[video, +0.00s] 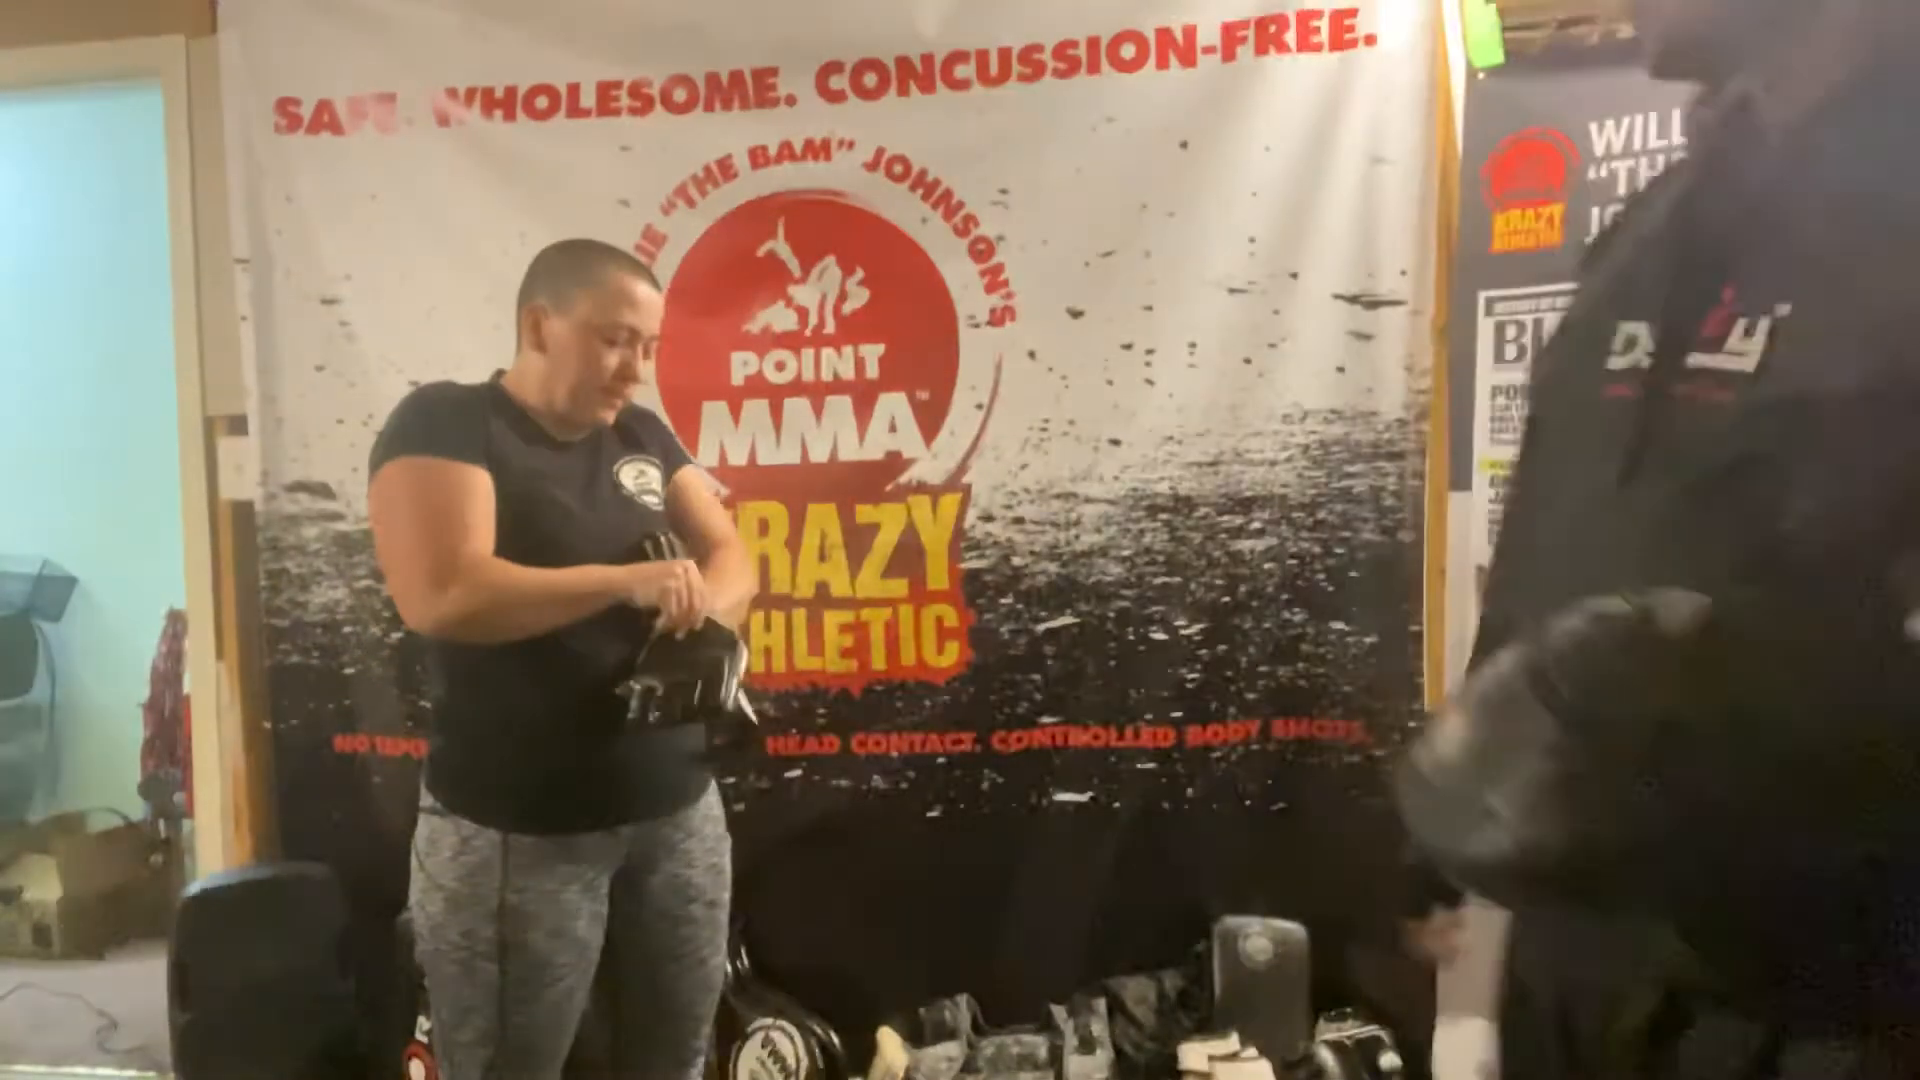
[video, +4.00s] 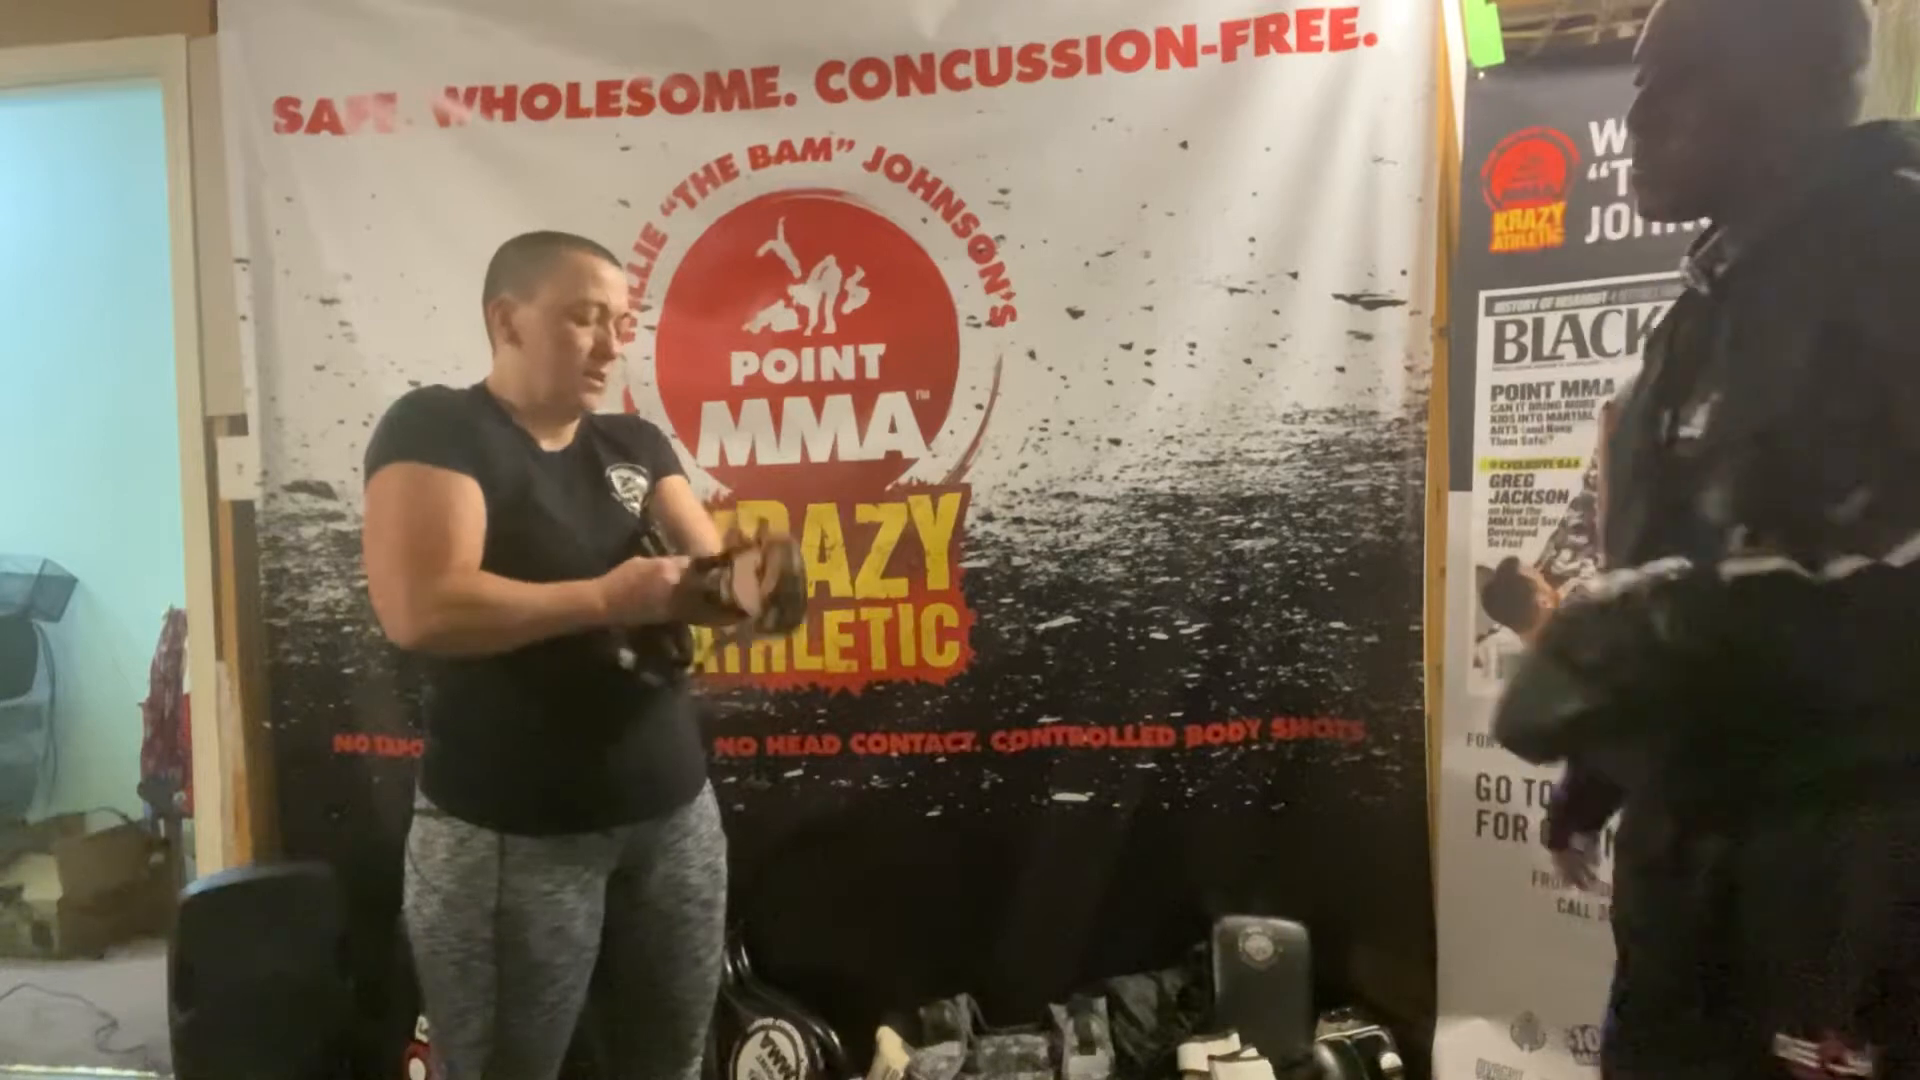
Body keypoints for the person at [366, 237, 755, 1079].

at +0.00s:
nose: (639, 370)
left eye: (648, 347)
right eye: (619, 341)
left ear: (654, 347)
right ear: (540, 326)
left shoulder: (643, 437)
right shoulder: (440, 425)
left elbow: (734, 560)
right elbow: (441, 594)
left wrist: (701, 614)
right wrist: (623, 580)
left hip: (675, 825)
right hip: (511, 841)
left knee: (666, 1066)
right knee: (502, 1068)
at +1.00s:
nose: (619, 360)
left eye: (630, 338)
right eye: (597, 333)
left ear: (637, 340)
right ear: (518, 323)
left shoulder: (638, 434)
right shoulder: (436, 423)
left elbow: (716, 547)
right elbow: (451, 581)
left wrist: (697, 666)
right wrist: (633, 569)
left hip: (674, 822)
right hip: (512, 836)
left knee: (663, 1064)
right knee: (502, 1067)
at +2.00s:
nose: (609, 343)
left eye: (622, 321)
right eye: (581, 318)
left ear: (633, 326)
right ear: (506, 326)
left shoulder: (647, 444)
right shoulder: (438, 433)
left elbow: (716, 596)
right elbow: (420, 615)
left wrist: (754, 592)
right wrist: (602, 577)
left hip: (668, 824)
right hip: (502, 842)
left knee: (662, 1065)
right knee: (496, 1069)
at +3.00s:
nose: (607, 341)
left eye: (616, 320)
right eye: (580, 316)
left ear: (625, 329)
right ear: (502, 324)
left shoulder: (641, 439)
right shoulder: (431, 432)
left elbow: (724, 572)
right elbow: (419, 614)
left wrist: (721, 593)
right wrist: (616, 595)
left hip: (670, 827)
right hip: (505, 844)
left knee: (662, 1065)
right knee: (497, 1068)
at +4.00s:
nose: (611, 343)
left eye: (620, 322)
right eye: (586, 316)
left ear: (628, 331)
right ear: (505, 319)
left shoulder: (634, 443)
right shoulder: (433, 428)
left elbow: (712, 571)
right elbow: (420, 608)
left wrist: (744, 579)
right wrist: (604, 598)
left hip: (672, 828)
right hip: (505, 846)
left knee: (664, 1065)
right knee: (501, 1068)